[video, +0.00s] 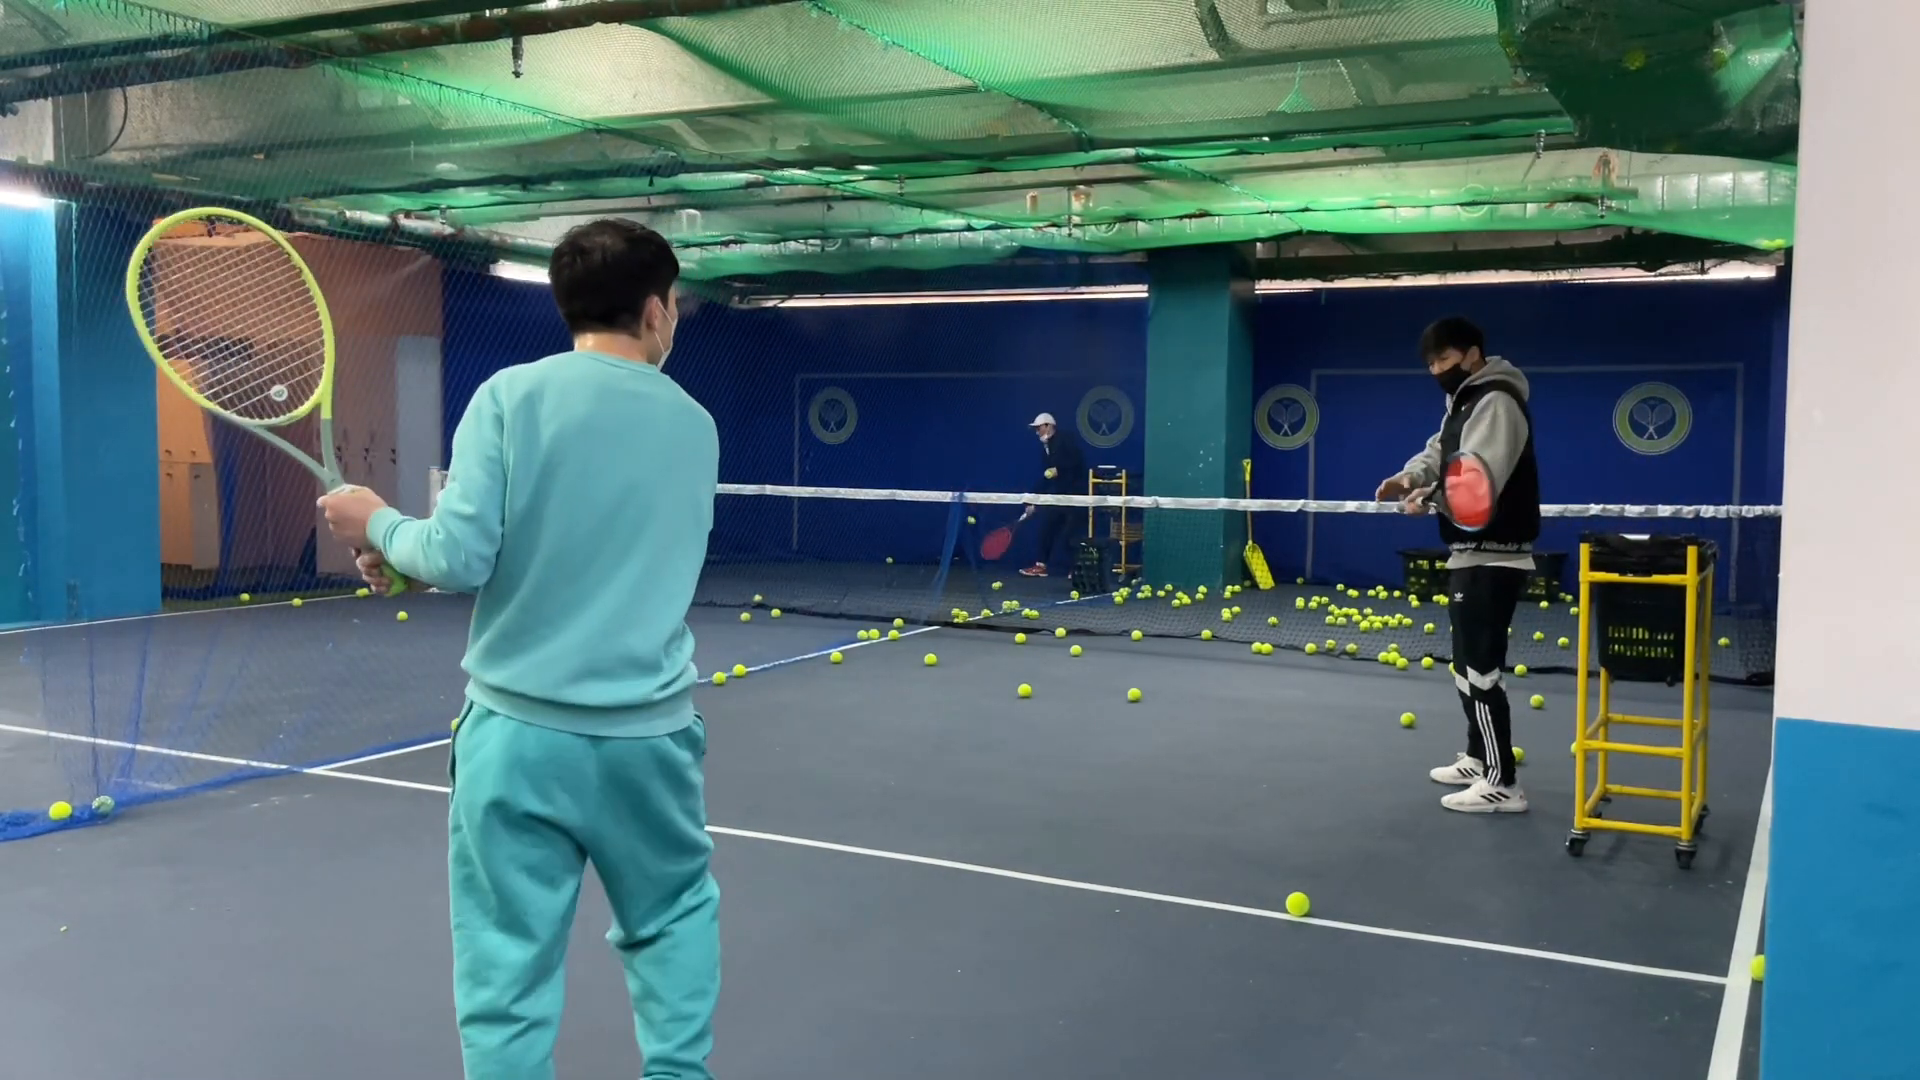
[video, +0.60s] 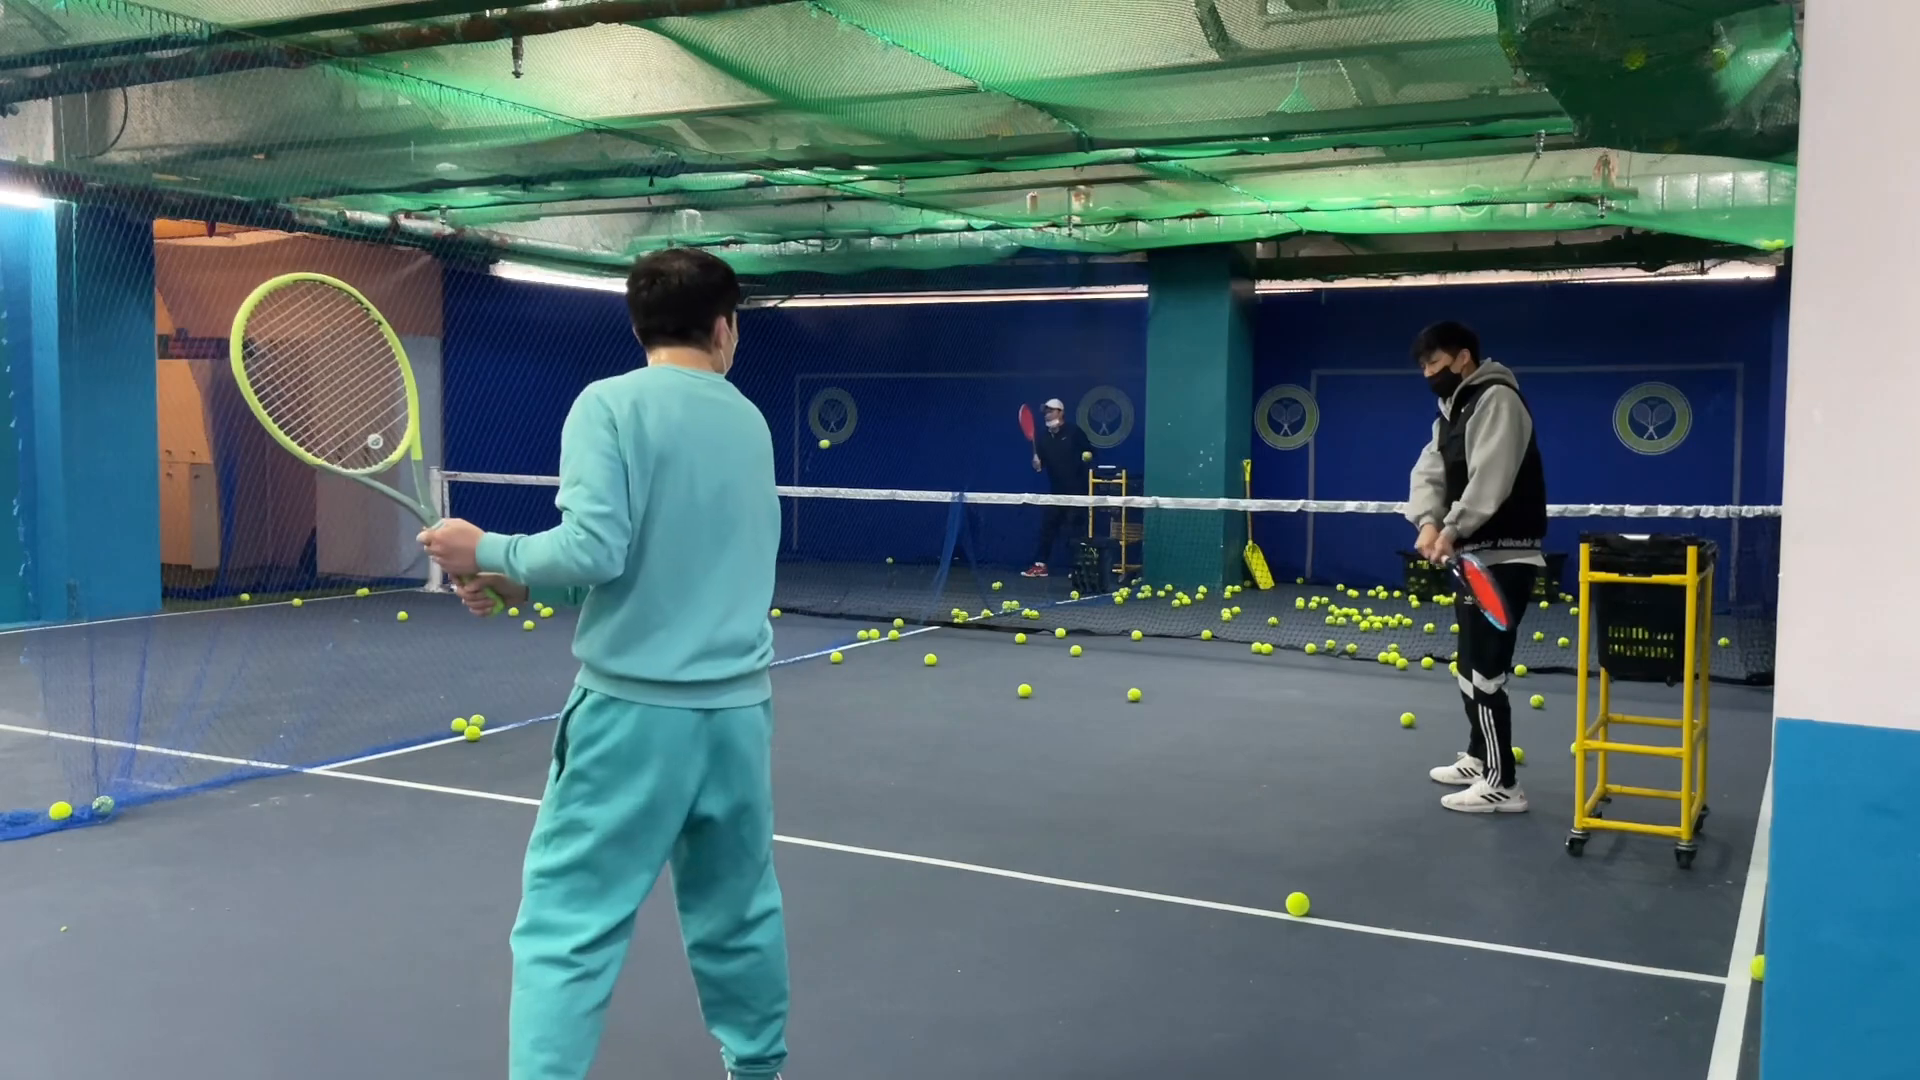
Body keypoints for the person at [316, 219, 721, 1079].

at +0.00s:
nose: (676, 314)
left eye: (674, 298)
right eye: (674, 298)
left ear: (567, 310)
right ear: (653, 308)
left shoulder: (508, 399)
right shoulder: (693, 425)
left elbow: (460, 555)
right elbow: (609, 544)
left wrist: (377, 520)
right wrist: (419, 558)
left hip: (517, 740)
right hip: (647, 743)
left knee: (508, 974)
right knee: (671, 919)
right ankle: (678, 1066)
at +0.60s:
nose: (739, 335)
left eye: (738, 322)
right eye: (737, 322)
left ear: (639, 328)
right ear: (722, 326)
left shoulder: (608, 405)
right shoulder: (748, 419)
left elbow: (596, 550)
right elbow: (685, 556)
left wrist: (484, 549)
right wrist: (520, 577)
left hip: (629, 716)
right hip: (740, 714)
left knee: (566, 927)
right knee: (737, 905)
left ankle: (545, 1071)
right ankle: (757, 1064)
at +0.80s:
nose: (749, 333)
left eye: (748, 320)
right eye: (746, 320)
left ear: (651, 326)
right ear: (732, 324)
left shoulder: (621, 399)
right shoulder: (757, 417)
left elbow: (611, 541)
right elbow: (698, 556)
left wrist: (502, 552)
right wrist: (540, 580)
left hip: (639, 706)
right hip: (747, 707)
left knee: (570, 911)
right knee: (740, 901)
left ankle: (538, 1068)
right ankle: (753, 1063)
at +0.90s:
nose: (749, 332)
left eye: (747, 320)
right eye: (746, 320)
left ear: (650, 326)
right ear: (733, 324)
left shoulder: (623, 398)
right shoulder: (757, 416)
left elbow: (617, 537)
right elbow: (696, 559)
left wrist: (505, 561)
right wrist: (545, 588)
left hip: (640, 703)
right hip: (747, 704)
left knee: (570, 907)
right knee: (740, 900)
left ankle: (539, 1068)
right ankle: (753, 1064)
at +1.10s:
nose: (739, 333)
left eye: (738, 322)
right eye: (738, 321)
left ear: (645, 329)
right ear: (727, 326)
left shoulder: (625, 398)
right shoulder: (752, 417)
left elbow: (627, 534)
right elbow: (684, 560)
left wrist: (513, 575)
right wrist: (547, 599)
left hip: (641, 700)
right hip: (744, 703)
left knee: (570, 904)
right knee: (737, 895)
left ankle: (539, 1068)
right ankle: (753, 1063)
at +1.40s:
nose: (732, 336)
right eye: (731, 325)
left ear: (640, 331)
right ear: (722, 329)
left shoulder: (626, 397)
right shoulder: (748, 418)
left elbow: (633, 532)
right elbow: (679, 562)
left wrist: (521, 586)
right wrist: (547, 607)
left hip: (643, 698)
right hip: (742, 702)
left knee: (569, 907)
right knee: (735, 895)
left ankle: (538, 1068)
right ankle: (754, 1063)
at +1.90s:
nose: (732, 335)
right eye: (730, 324)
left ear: (638, 332)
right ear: (719, 330)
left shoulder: (629, 397)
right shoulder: (746, 417)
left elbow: (648, 534)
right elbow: (745, 558)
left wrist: (547, 613)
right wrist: (566, 621)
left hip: (646, 700)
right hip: (744, 704)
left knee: (572, 911)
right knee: (735, 899)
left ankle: (539, 1069)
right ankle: (755, 1064)